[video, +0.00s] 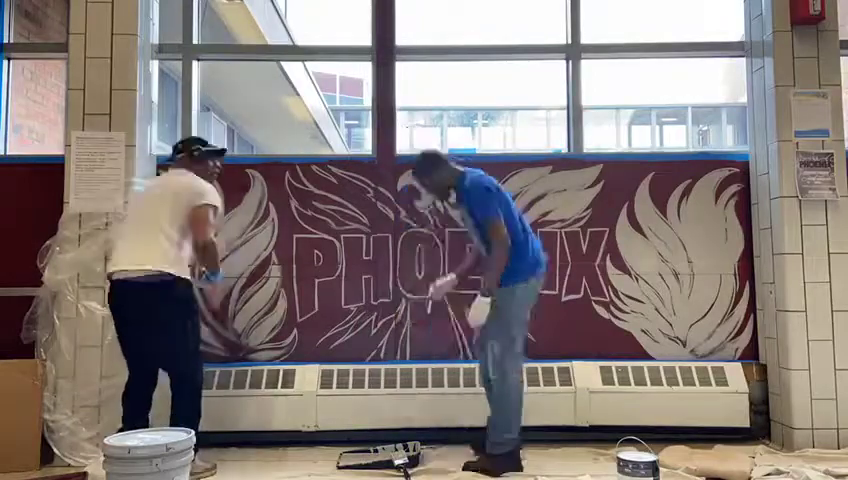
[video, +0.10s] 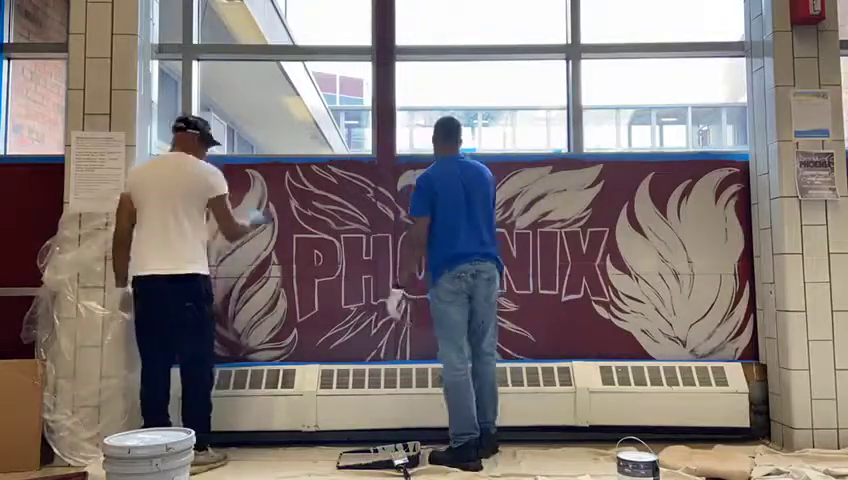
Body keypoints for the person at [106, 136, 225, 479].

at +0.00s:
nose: (217, 172)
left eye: (219, 167)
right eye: (215, 166)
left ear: (180, 159)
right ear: (199, 159)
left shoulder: (148, 188)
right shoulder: (201, 187)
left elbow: (141, 239)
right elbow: (203, 239)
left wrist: (190, 264)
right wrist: (213, 269)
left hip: (123, 288)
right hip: (165, 288)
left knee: (140, 374)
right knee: (187, 376)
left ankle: (131, 455)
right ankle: (184, 457)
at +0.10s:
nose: (206, 153)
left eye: (207, 148)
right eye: (206, 147)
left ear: (174, 139)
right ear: (196, 141)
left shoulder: (138, 174)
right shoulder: (206, 174)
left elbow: (122, 233)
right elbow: (232, 231)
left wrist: (123, 282)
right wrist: (250, 221)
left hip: (146, 281)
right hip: (190, 281)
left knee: (154, 367)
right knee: (197, 366)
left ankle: (157, 448)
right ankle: (197, 448)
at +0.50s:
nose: (208, 156)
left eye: (207, 151)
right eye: (209, 151)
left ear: (176, 142)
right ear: (202, 144)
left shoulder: (140, 173)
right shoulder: (211, 179)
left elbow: (122, 232)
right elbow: (217, 242)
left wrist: (116, 287)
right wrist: (212, 262)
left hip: (146, 284)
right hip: (189, 284)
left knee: (152, 366)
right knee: (195, 367)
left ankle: (154, 447)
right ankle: (197, 448)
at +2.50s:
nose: (215, 181)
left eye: (216, 176)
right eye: (215, 176)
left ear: (182, 160)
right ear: (208, 167)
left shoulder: (140, 179)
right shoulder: (212, 197)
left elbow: (116, 231)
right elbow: (209, 261)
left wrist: (112, 283)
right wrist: (214, 297)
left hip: (134, 286)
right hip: (181, 290)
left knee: (144, 373)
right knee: (189, 370)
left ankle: (153, 450)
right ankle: (193, 449)